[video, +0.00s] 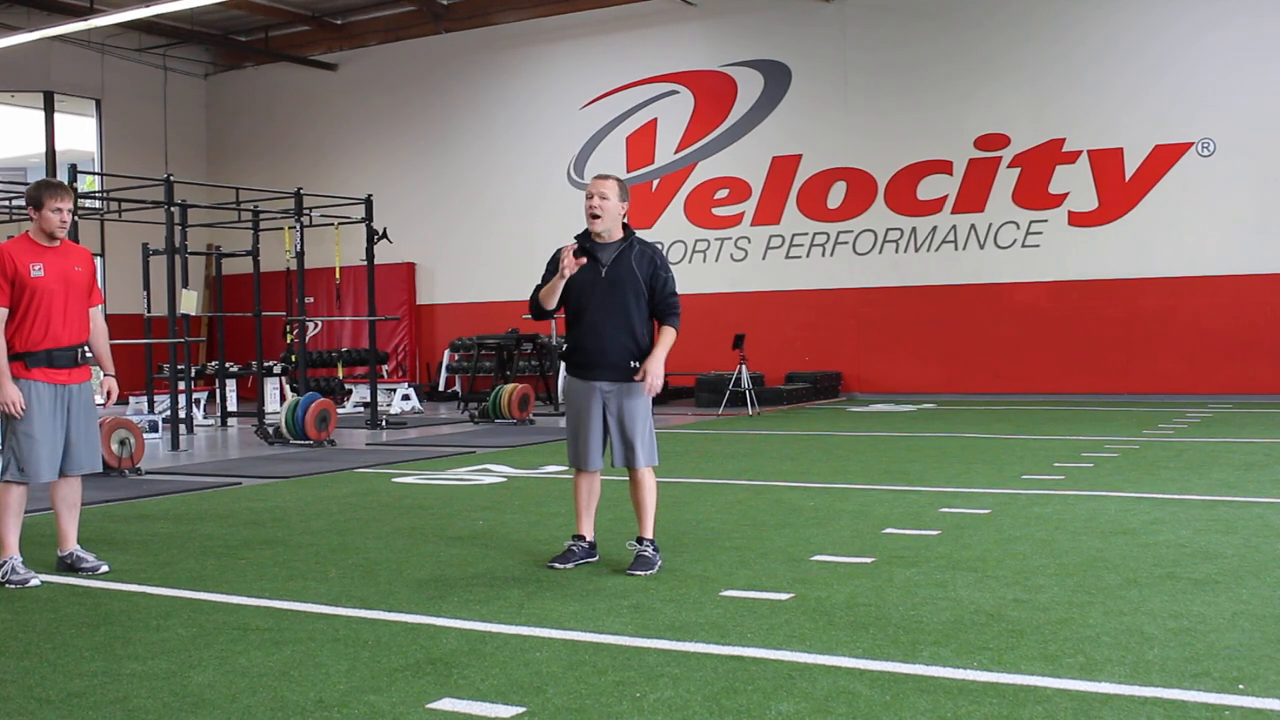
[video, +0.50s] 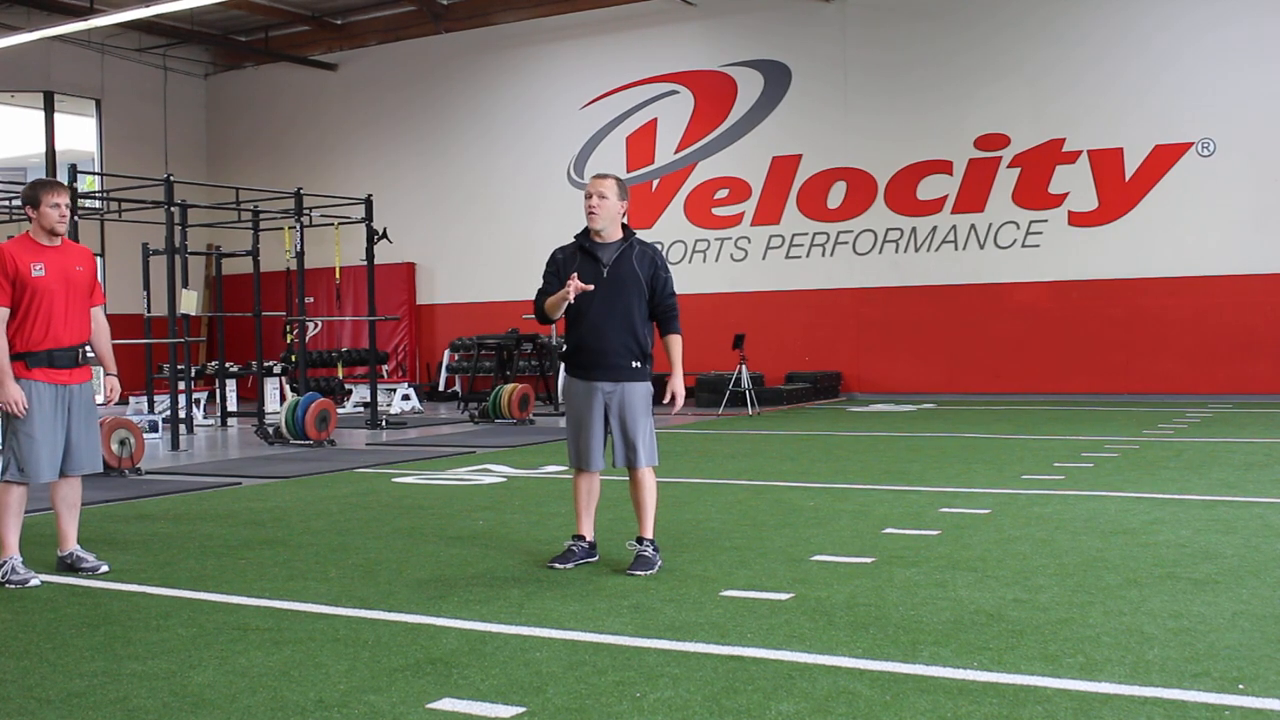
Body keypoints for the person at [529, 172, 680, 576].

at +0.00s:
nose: (592, 203)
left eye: (602, 198)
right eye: (589, 197)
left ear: (623, 208)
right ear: (584, 205)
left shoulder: (649, 257)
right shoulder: (567, 256)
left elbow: (671, 315)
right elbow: (539, 310)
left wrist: (657, 358)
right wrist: (560, 277)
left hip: (632, 380)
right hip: (581, 379)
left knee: (639, 463)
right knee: (585, 463)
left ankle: (646, 544)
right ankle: (583, 542)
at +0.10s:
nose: (591, 204)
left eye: (601, 199)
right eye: (588, 198)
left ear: (622, 208)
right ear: (583, 205)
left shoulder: (649, 257)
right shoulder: (568, 254)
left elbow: (670, 316)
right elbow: (540, 310)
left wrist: (663, 365)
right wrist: (564, 273)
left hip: (632, 379)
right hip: (581, 379)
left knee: (639, 464)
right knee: (585, 463)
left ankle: (646, 544)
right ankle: (583, 542)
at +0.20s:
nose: (591, 204)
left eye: (600, 199)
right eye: (588, 199)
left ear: (622, 208)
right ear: (584, 206)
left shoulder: (649, 257)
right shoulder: (566, 256)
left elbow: (669, 317)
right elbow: (542, 310)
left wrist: (668, 370)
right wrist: (566, 279)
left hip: (632, 380)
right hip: (581, 378)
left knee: (640, 463)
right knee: (585, 463)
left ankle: (646, 544)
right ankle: (584, 542)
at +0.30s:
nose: (591, 203)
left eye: (600, 198)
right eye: (588, 198)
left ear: (622, 208)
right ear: (584, 205)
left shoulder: (649, 257)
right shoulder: (566, 257)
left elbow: (668, 317)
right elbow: (544, 311)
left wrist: (673, 372)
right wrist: (565, 286)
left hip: (632, 380)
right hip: (581, 379)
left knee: (640, 463)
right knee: (585, 463)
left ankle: (646, 544)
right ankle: (584, 542)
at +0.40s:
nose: (591, 203)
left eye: (600, 197)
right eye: (588, 197)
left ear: (622, 207)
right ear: (584, 205)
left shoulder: (649, 257)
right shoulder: (564, 258)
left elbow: (668, 317)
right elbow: (543, 313)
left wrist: (675, 373)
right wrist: (564, 293)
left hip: (632, 379)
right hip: (581, 378)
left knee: (640, 462)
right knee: (585, 463)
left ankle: (647, 544)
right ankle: (584, 542)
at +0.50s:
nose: (591, 202)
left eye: (600, 197)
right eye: (588, 197)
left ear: (622, 207)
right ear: (584, 205)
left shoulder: (648, 257)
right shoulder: (564, 258)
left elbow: (668, 317)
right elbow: (543, 314)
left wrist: (677, 372)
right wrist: (564, 294)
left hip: (632, 379)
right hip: (581, 378)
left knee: (640, 463)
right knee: (585, 463)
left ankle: (647, 544)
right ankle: (584, 542)